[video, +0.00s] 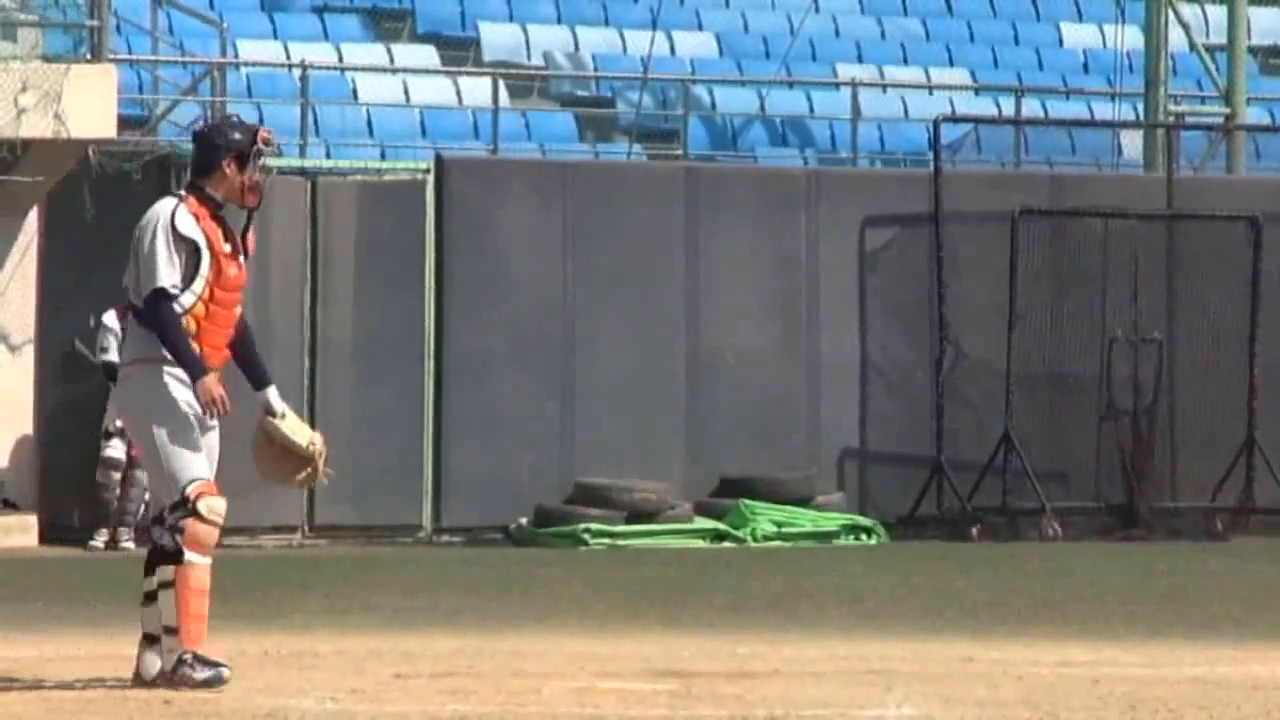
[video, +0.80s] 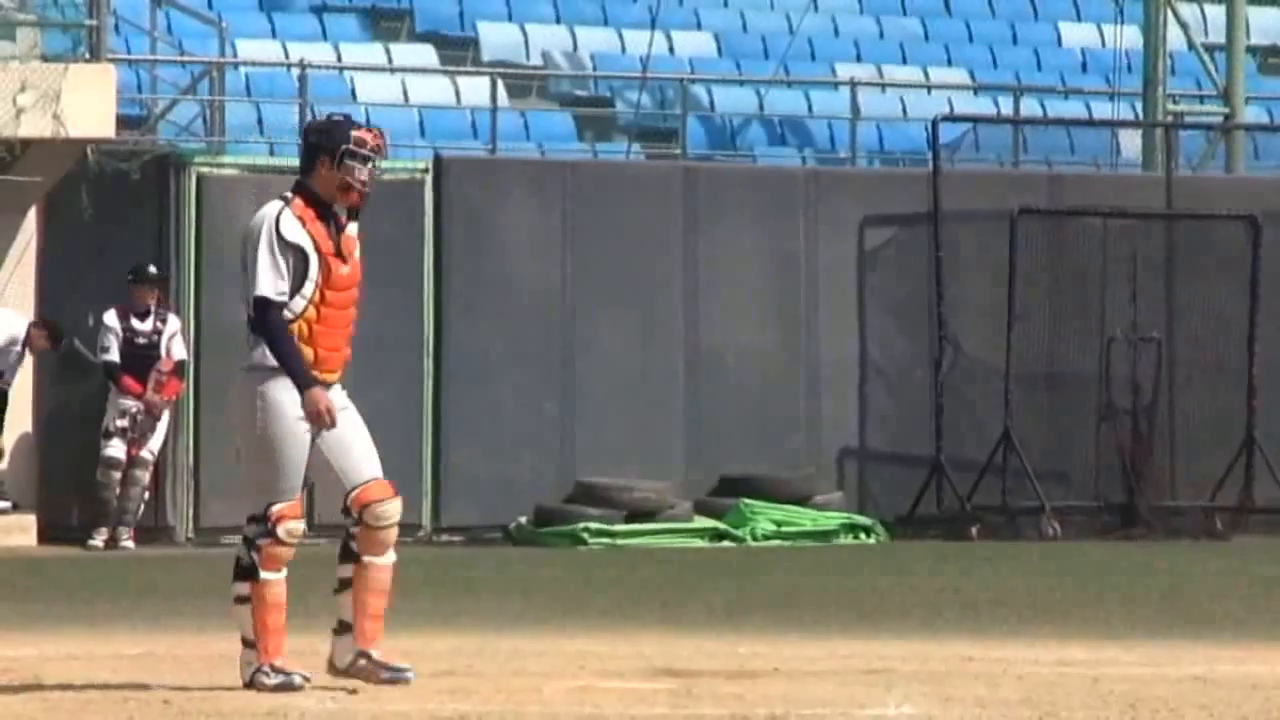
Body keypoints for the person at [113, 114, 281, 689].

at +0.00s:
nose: (257, 176)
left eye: (257, 165)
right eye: (252, 165)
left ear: (228, 166)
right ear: (228, 166)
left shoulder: (226, 230)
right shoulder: (169, 219)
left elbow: (230, 323)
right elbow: (156, 303)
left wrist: (272, 397)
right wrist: (199, 372)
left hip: (195, 380)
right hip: (159, 378)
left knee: (179, 517)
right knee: (201, 510)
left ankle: (155, 653)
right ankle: (188, 654)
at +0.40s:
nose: (309, 181)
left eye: (310, 171)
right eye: (301, 170)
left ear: (281, 173)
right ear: (274, 170)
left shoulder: (282, 233)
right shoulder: (222, 224)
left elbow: (271, 332)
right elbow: (189, 310)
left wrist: (293, 405)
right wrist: (182, 392)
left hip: (259, 389)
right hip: (219, 383)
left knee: (221, 526)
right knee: (250, 520)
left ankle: (166, 651)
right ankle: (263, 660)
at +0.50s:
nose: (320, 176)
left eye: (320, 165)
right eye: (312, 165)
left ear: (289, 167)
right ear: (286, 165)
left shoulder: (295, 227)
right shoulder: (235, 219)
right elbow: (202, 304)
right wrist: (200, 387)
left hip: (278, 385)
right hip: (236, 379)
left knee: (279, 522)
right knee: (254, 520)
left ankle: (186, 630)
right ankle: (263, 659)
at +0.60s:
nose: (327, 173)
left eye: (328, 163)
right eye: (320, 163)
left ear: (302, 166)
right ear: (294, 165)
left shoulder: (305, 223)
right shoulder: (244, 219)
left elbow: (290, 302)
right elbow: (214, 304)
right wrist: (217, 390)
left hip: (289, 385)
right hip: (248, 381)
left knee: (307, 528)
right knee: (261, 521)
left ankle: (210, 619)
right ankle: (264, 662)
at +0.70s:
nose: (347, 177)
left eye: (349, 166)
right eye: (339, 166)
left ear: (326, 168)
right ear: (308, 165)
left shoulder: (323, 224)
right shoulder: (263, 221)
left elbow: (305, 302)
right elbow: (244, 310)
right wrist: (265, 391)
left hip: (309, 388)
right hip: (266, 387)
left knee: (352, 516)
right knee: (270, 526)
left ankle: (286, 640)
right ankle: (261, 661)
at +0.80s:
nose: (361, 178)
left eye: (367, 168)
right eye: (351, 165)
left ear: (367, 173)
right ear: (320, 163)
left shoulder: (345, 226)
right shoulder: (279, 221)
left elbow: (324, 307)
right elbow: (264, 314)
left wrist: (328, 373)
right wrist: (308, 385)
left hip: (327, 385)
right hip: (277, 386)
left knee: (377, 507)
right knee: (279, 525)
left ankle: (354, 649)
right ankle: (263, 661)